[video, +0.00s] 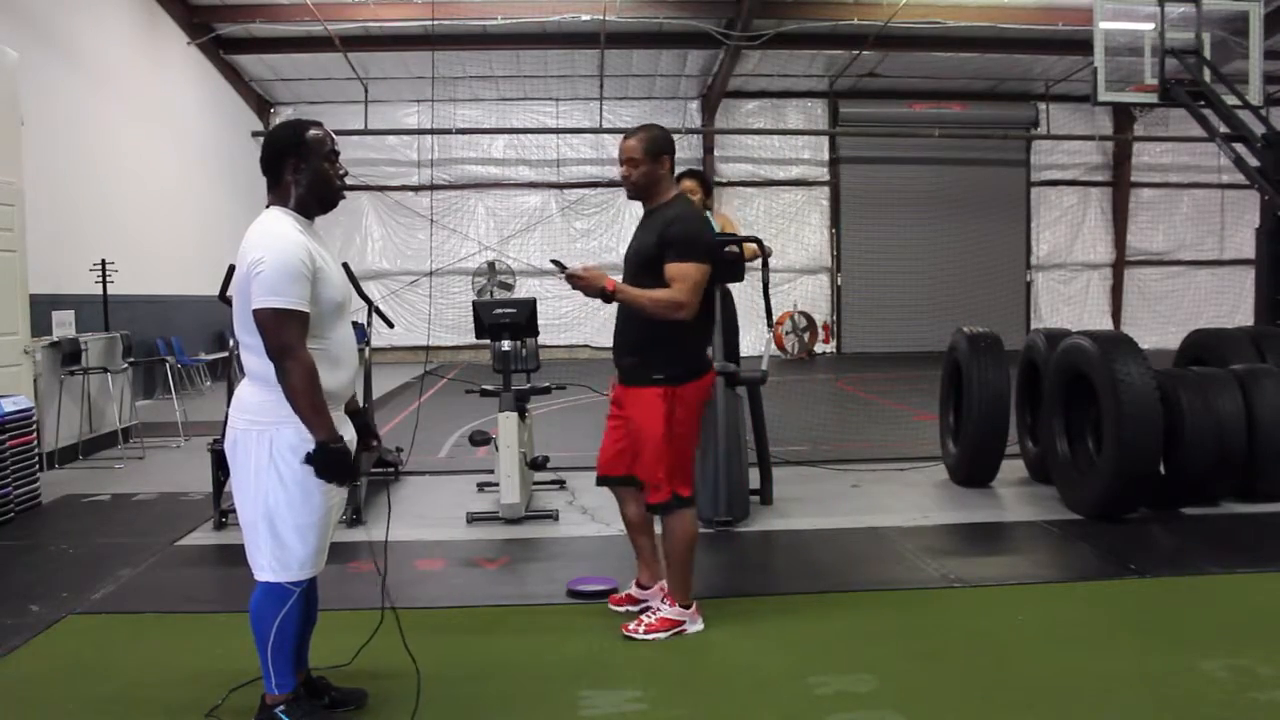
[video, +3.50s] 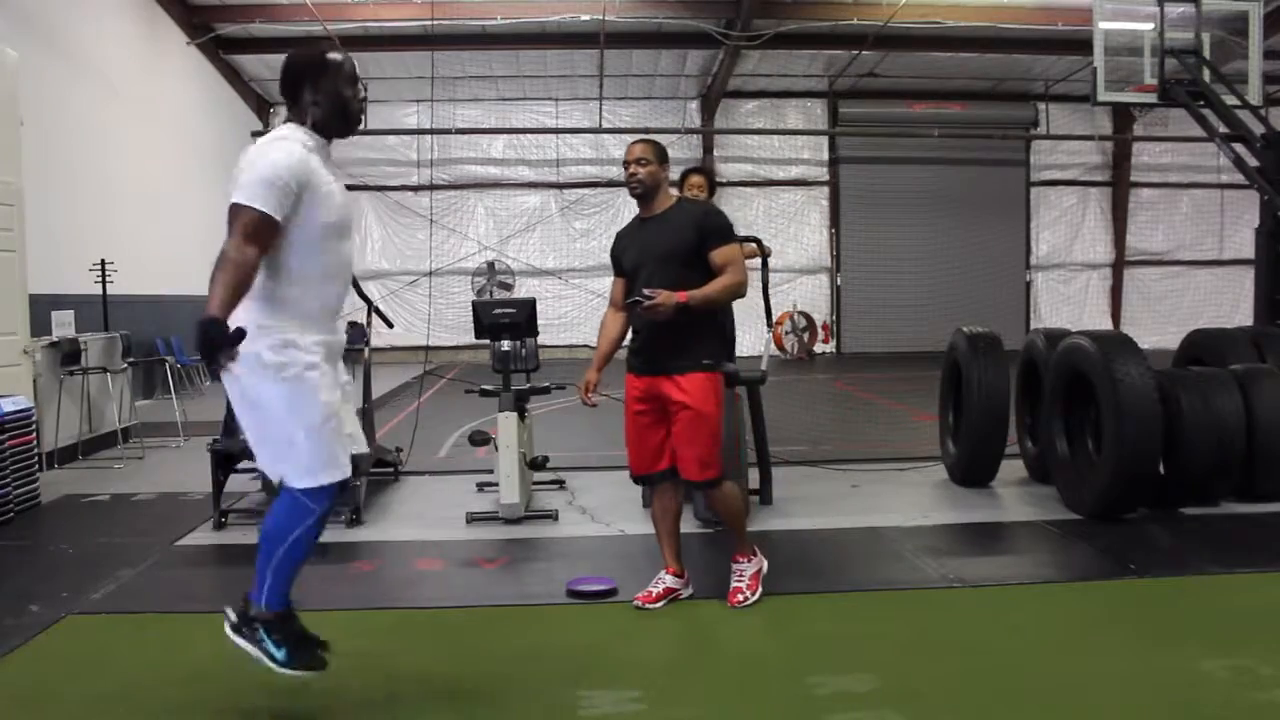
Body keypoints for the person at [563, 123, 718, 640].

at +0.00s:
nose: (623, 172)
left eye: (632, 163)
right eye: (622, 163)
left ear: (664, 164)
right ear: (635, 167)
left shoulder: (688, 222)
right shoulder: (653, 218)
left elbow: (682, 303)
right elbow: (652, 295)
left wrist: (610, 287)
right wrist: (607, 286)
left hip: (672, 382)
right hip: (637, 379)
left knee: (671, 493)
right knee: (621, 476)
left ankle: (681, 605)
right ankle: (651, 582)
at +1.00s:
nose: (649, 164)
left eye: (659, 157)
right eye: (642, 157)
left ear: (679, 166)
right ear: (635, 167)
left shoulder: (707, 219)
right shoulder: (625, 230)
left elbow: (731, 293)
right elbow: (612, 301)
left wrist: (675, 282)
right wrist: (590, 361)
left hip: (685, 375)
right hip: (635, 375)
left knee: (681, 487)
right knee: (646, 485)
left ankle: (681, 604)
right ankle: (673, 575)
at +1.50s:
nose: (646, 167)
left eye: (656, 160)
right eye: (642, 161)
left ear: (681, 168)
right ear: (639, 172)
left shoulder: (715, 217)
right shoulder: (639, 238)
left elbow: (745, 283)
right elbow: (635, 309)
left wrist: (684, 288)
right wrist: (625, 373)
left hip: (709, 369)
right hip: (658, 371)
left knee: (714, 473)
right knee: (666, 475)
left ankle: (747, 566)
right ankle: (675, 573)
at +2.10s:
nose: (721, 166)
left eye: (732, 159)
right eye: (717, 159)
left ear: (753, 168)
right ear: (710, 168)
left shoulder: (780, 225)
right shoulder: (696, 224)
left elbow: (803, 294)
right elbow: (684, 292)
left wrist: (754, 298)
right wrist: (667, 353)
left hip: (762, 372)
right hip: (703, 370)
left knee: (769, 472)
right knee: (691, 469)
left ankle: (767, 565)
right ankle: (678, 568)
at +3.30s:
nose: (648, 170)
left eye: (657, 162)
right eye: (642, 164)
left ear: (679, 168)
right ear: (638, 174)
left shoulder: (715, 217)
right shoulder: (635, 236)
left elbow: (748, 282)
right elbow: (627, 306)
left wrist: (696, 296)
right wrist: (608, 364)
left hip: (706, 372)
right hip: (653, 374)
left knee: (723, 475)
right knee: (663, 475)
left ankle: (755, 555)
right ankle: (674, 572)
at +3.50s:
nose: (632, 171)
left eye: (641, 163)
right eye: (627, 165)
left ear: (665, 169)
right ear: (624, 175)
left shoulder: (703, 217)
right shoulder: (626, 238)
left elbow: (737, 278)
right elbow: (618, 308)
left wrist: (683, 298)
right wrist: (596, 365)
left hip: (698, 369)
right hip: (646, 372)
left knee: (702, 474)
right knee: (659, 474)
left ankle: (747, 556)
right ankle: (673, 573)